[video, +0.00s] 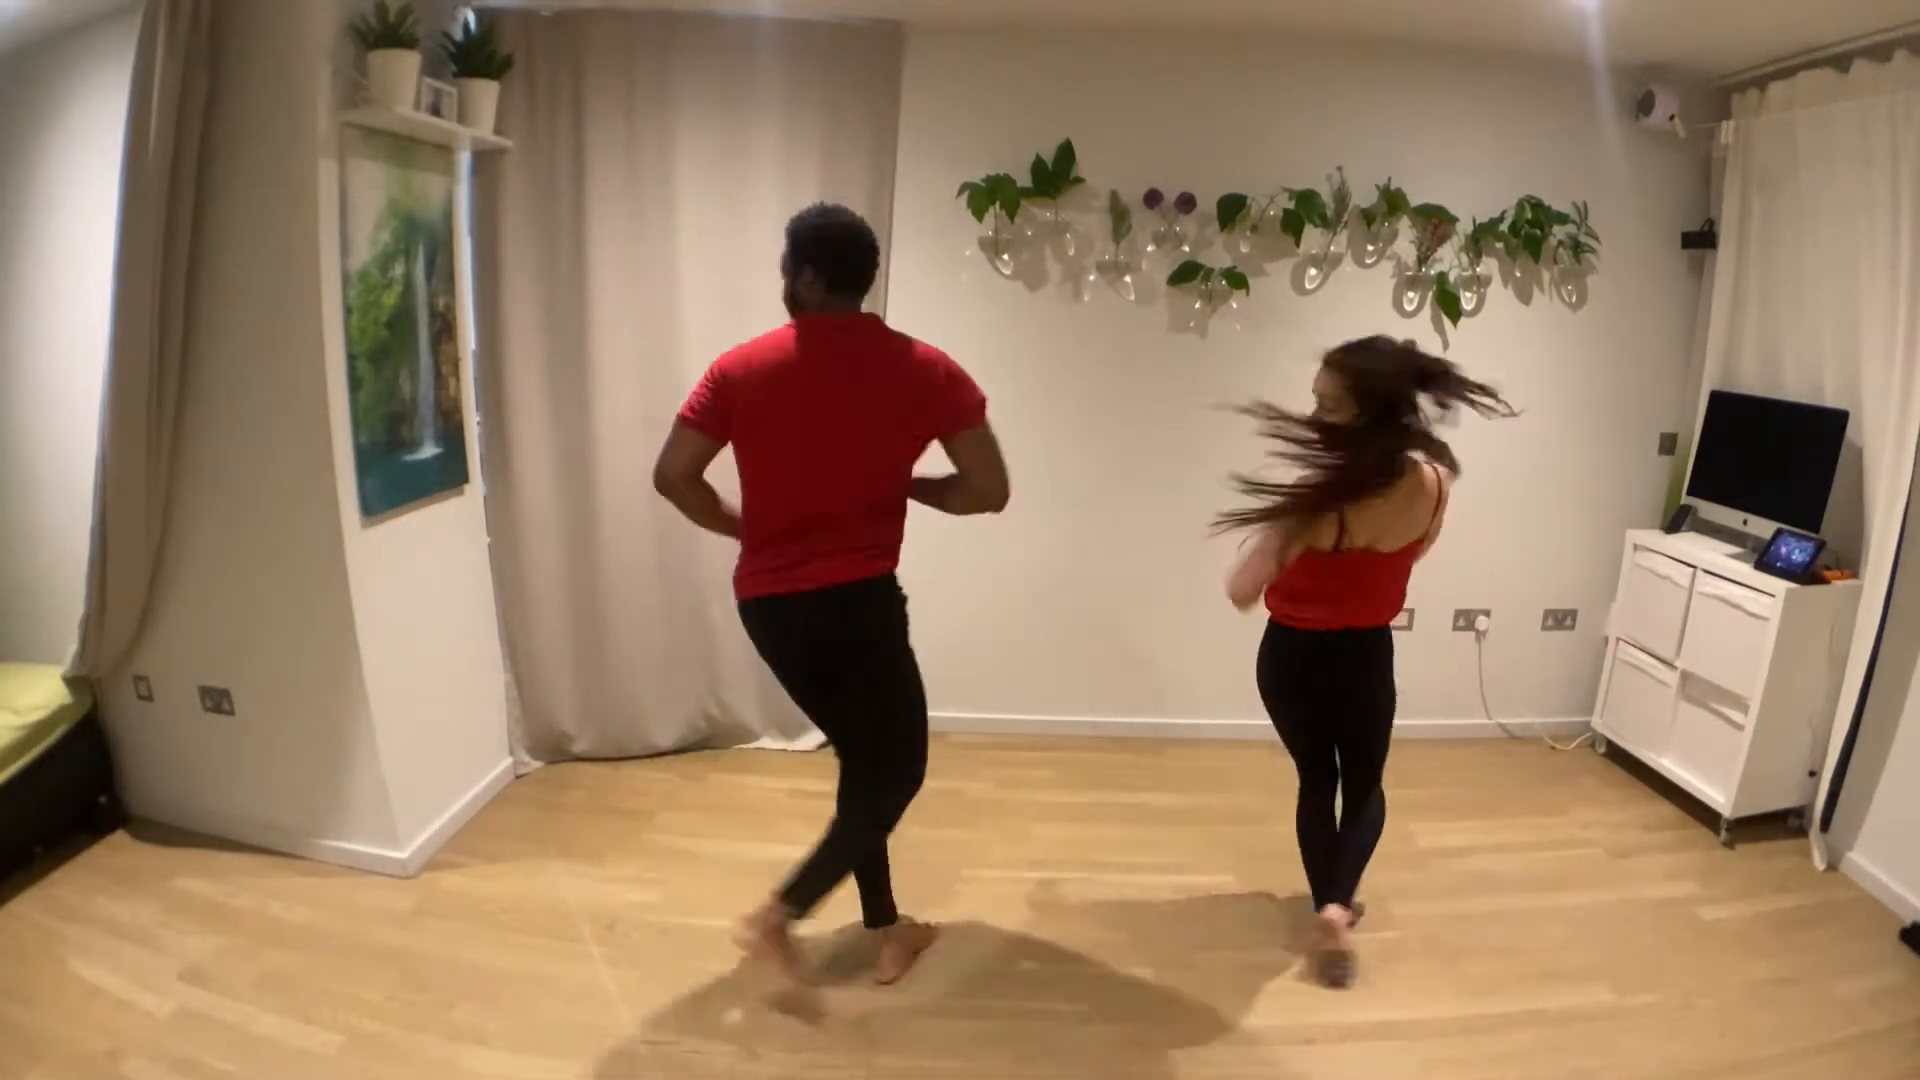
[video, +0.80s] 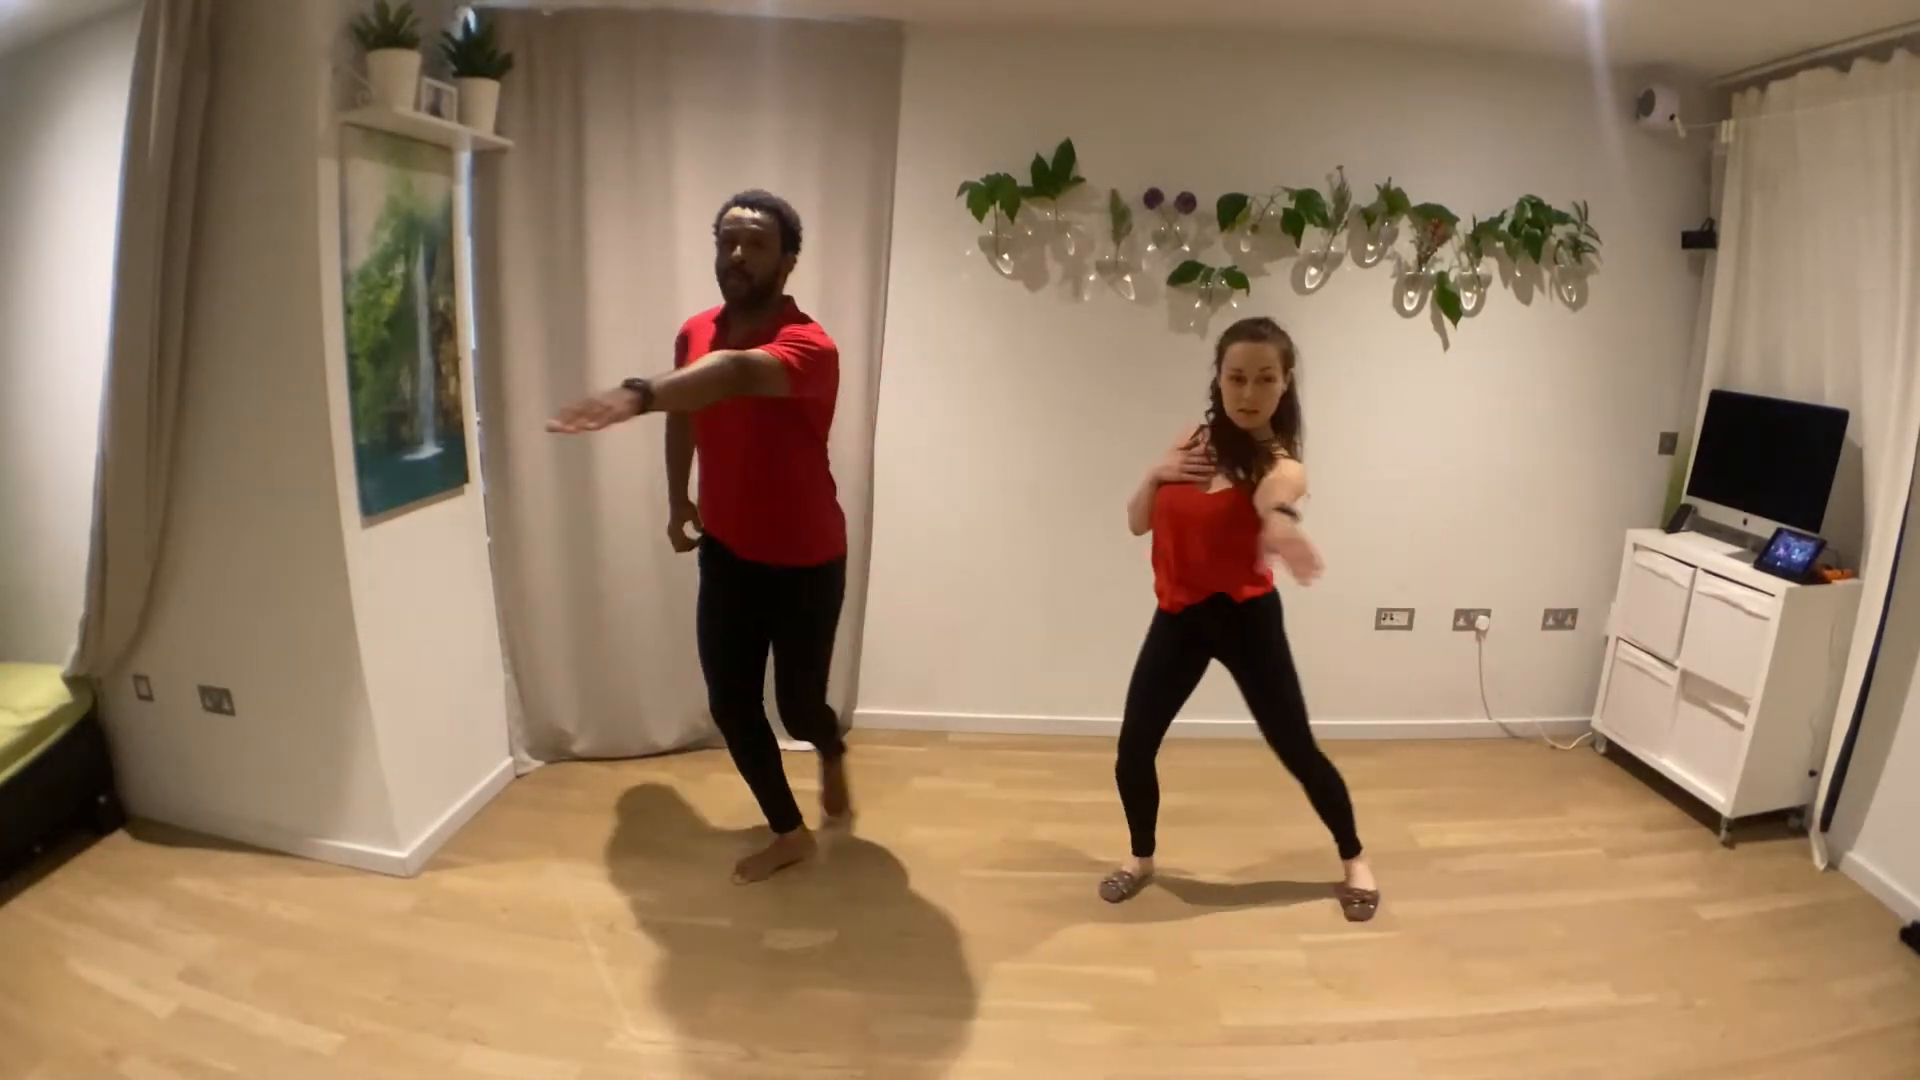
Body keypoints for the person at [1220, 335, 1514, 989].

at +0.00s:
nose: (1316, 413)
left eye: (1328, 402)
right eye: (1317, 398)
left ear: (1365, 410)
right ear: (1396, 409)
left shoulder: (1318, 493)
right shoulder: (1433, 481)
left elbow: (1242, 589)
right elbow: (1419, 548)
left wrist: (1288, 529)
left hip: (1291, 662)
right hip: (1366, 661)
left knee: (1315, 778)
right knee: (1366, 784)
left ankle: (1329, 913)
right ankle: (1337, 904)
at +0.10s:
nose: (1335, 415)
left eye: (1354, 402)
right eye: (1329, 397)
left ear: (1391, 407)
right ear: (1321, 392)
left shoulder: (1349, 492)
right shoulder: (1404, 466)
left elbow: (1362, 602)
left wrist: (1304, 676)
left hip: (1330, 655)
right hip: (1373, 649)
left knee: (1310, 778)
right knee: (1328, 744)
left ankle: (1370, 902)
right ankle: (1382, 867)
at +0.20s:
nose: (1337, 404)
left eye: (1355, 390)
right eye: (1326, 387)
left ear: (1382, 399)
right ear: (1312, 390)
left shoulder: (1366, 487)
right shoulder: (1337, 456)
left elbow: (1413, 592)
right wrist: (1300, 487)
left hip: (1364, 653)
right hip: (1334, 641)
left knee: (1324, 780)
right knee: (1282, 725)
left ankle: (1391, 887)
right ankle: (1329, 836)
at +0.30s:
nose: (1330, 395)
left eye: (1347, 382)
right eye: (1318, 378)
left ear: (1368, 391)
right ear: (1301, 382)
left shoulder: (1367, 476)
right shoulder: (1302, 447)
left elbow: (1427, 578)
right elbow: (1301, 529)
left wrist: (1489, 670)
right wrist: (1266, 491)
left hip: (1384, 640)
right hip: (1328, 631)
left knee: (1357, 782)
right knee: (1254, 726)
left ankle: (1385, 877)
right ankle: (1264, 832)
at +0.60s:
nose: (1287, 387)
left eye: (1303, 372)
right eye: (1274, 371)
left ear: (1321, 380)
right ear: (1253, 375)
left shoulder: (1325, 464)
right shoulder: (1227, 451)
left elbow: (1387, 515)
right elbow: (1192, 528)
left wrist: (1473, 577)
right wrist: (1198, 482)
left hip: (1326, 605)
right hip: (1258, 616)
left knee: (1362, 739)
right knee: (1207, 737)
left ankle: (1375, 870)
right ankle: (1147, 855)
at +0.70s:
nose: (1267, 390)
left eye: (1282, 376)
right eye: (1253, 374)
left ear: (1302, 383)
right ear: (1234, 377)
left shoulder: (1297, 463)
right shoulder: (1210, 442)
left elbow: (1339, 502)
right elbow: (1163, 524)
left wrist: (1393, 546)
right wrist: (1174, 480)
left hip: (1289, 611)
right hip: (1221, 619)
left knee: (1334, 738)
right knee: (1165, 743)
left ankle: (1367, 865)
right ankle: (1141, 857)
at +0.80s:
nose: (1249, 393)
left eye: (1265, 378)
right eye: (1237, 377)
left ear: (1285, 384)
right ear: (1218, 380)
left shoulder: (1280, 463)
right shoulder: (1192, 444)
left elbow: (1277, 493)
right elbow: (1137, 524)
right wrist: (1157, 475)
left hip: (1248, 618)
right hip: (1179, 620)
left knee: (1296, 750)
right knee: (1133, 752)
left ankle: (1354, 860)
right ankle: (1141, 858)